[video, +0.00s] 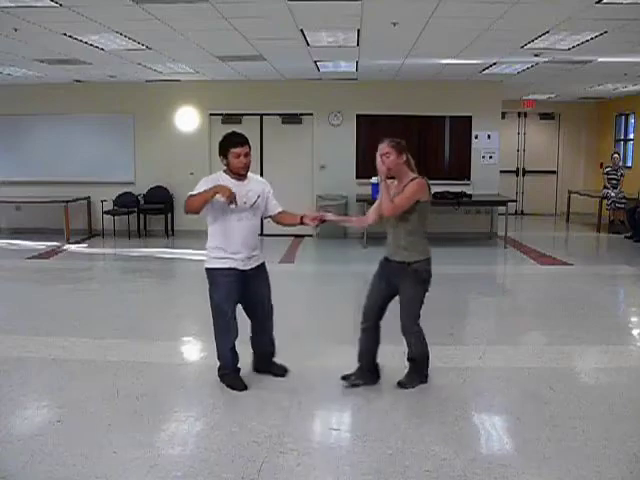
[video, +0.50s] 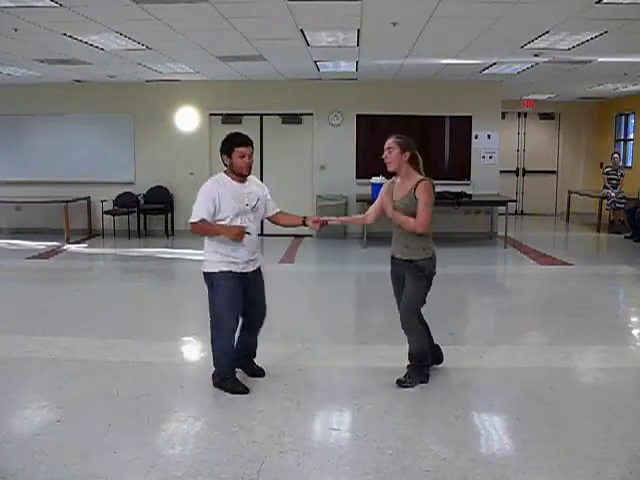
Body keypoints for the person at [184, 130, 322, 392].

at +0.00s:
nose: (245, 160)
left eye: (247, 154)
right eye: (238, 156)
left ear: (251, 155)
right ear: (225, 158)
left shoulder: (260, 185)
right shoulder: (212, 183)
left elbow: (277, 215)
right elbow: (190, 207)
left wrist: (302, 219)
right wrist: (213, 192)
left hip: (253, 263)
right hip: (221, 264)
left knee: (263, 313)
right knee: (225, 319)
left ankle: (264, 361)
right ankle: (228, 371)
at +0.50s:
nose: (248, 160)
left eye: (250, 155)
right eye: (242, 156)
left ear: (252, 157)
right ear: (226, 158)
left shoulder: (257, 187)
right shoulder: (212, 187)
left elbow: (275, 216)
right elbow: (197, 225)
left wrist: (306, 220)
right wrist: (225, 231)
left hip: (250, 266)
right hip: (221, 268)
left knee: (256, 314)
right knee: (225, 321)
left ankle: (244, 358)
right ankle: (223, 375)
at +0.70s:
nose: (256, 161)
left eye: (257, 156)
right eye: (251, 156)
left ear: (257, 157)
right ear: (234, 158)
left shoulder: (254, 185)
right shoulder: (223, 186)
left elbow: (258, 215)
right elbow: (220, 227)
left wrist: (286, 214)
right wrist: (260, 228)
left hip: (254, 267)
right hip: (229, 269)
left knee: (264, 316)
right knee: (231, 325)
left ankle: (255, 365)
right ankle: (224, 376)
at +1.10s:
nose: (270, 160)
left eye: (272, 155)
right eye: (263, 155)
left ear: (273, 157)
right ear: (248, 158)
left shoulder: (259, 185)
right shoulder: (242, 184)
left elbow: (262, 220)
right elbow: (259, 222)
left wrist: (285, 222)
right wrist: (294, 211)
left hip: (261, 264)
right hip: (247, 266)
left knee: (264, 318)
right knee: (264, 318)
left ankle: (260, 369)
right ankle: (232, 365)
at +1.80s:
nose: (253, 158)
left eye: (256, 154)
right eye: (247, 154)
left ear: (258, 156)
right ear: (232, 157)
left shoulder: (252, 185)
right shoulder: (226, 184)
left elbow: (264, 216)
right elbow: (233, 227)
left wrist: (281, 193)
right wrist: (274, 241)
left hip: (251, 266)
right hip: (228, 268)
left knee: (256, 320)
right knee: (230, 324)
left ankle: (259, 370)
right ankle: (213, 379)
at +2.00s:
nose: (235, 161)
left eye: (238, 156)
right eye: (229, 156)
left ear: (240, 157)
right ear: (214, 158)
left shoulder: (238, 186)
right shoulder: (203, 189)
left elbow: (246, 220)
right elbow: (200, 233)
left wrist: (267, 202)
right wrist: (237, 257)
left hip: (235, 271)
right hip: (210, 273)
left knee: (246, 321)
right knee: (208, 330)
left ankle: (257, 369)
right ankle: (203, 379)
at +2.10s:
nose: (227, 162)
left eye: (230, 156)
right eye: (220, 157)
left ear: (233, 157)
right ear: (206, 159)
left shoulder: (233, 188)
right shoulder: (194, 189)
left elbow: (240, 220)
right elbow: (182, 231)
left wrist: (267, 216)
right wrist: (216, 261)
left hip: (230, 271)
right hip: (203, 273)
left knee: (241, 322)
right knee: (203, 330)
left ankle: (254, 369)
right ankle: (203, 379)